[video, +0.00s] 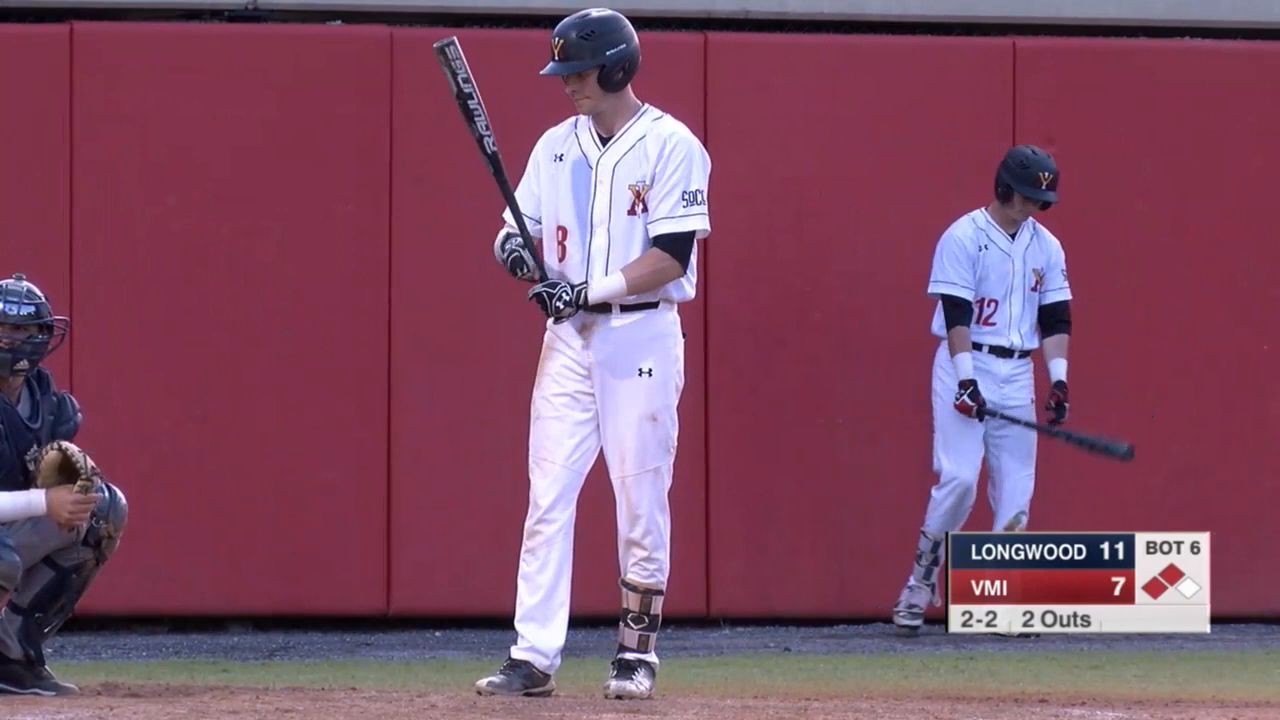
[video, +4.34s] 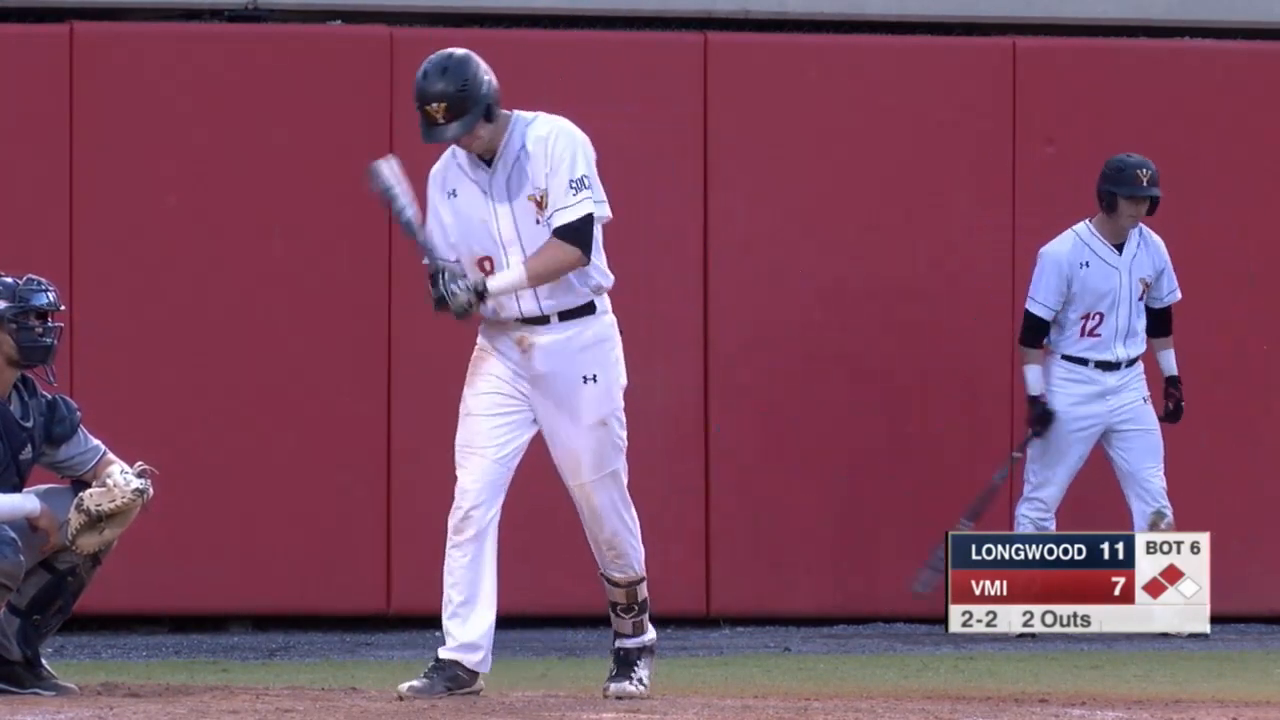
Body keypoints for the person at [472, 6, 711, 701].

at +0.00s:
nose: (565, 84)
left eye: (576, 73)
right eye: (563, 73)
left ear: (613, 70)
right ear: (575, 73)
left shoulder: (675, 146)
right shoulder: (555, 145)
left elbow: (671, 258)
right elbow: (513, 228)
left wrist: (591, 291)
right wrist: (515, 250)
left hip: (642, 338)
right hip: (566, 339)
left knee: (639, 495)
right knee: (548, 497)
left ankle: (636, 653)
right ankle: (534, 657)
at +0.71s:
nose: (574, 118)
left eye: (584, 106)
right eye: (568, 105)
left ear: (619, 93)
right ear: (563, 92)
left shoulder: (675, 147)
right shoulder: (550, 148)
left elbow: (700, 260)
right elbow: (531, 255)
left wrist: (672, 347)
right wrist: (508, 350)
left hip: (643, 340)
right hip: (567, 339)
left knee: (640, 501)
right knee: (546, 504)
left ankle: (635, 655)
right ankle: (533, 658)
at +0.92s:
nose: (572, 122)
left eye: (583, 110)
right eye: (564, 109)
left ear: (615, 95)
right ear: (556, 96)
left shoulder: (671, 147)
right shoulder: (546, 145)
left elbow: (706, 257)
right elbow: (524, 250)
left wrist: (737, 349)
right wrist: (499, 348)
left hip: (643, 340)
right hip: (565, 337)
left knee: (639, 492)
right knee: (546, 497)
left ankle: (635, 652)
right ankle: (533, 656)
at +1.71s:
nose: (570, 126)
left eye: (578, 115)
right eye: (562, 115)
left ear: (611, 97)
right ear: (555, 102)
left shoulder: (673, 148)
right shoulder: (549, 146)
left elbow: (686, 260)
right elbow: (529, 250)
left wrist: (668, 351)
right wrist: (510, 336)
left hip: (643, 341)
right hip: (566, 339)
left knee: (641, 494)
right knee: (548, 496)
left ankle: (636, 653)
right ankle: (533, 656)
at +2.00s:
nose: (571, 132)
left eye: (579, 121)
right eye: (564, 122)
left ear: (613, 103)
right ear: (558, 106)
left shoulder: (672, 146)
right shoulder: (551, 146)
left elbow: (675, 258)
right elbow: (537, 241)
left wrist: (595, 302)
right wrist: (529, 285)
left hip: (644, 343)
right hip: (569, 341)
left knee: (640, 497)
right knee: (549, 499)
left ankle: (636, 654)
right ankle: (533, 657)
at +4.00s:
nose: (545, 131)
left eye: (554, 118)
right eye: (536, 119)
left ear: (583, 102)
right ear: (527, 107)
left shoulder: (635, 152)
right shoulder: (528, 150)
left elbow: (604, 262)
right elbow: (513, 238)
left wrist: (516, 252)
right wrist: (492, 235)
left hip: (617, 346)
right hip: (544, 343)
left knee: (624, 499)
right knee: (507, 496)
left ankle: (634, 651)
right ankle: (465, 650)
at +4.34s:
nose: (457, 141)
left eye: (462, 126)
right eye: (446, 131)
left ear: (488, 107)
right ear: (438, 121)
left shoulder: (556, 139)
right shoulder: (443, 177)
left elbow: (574, 245)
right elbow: (450, 281)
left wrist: (489, 284)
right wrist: (453, 294)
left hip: (577, 347)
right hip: (500, 351)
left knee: (599, 496)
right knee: (471, 503)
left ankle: (633, 647)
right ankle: (460, 662)